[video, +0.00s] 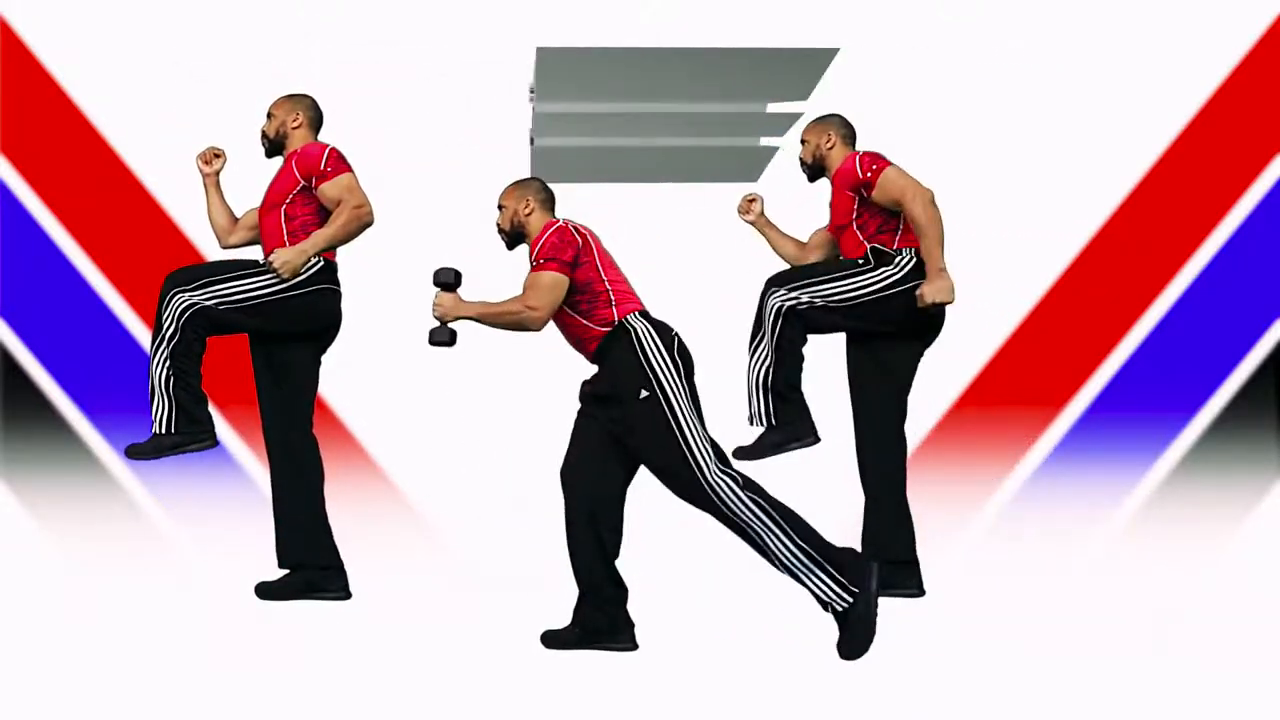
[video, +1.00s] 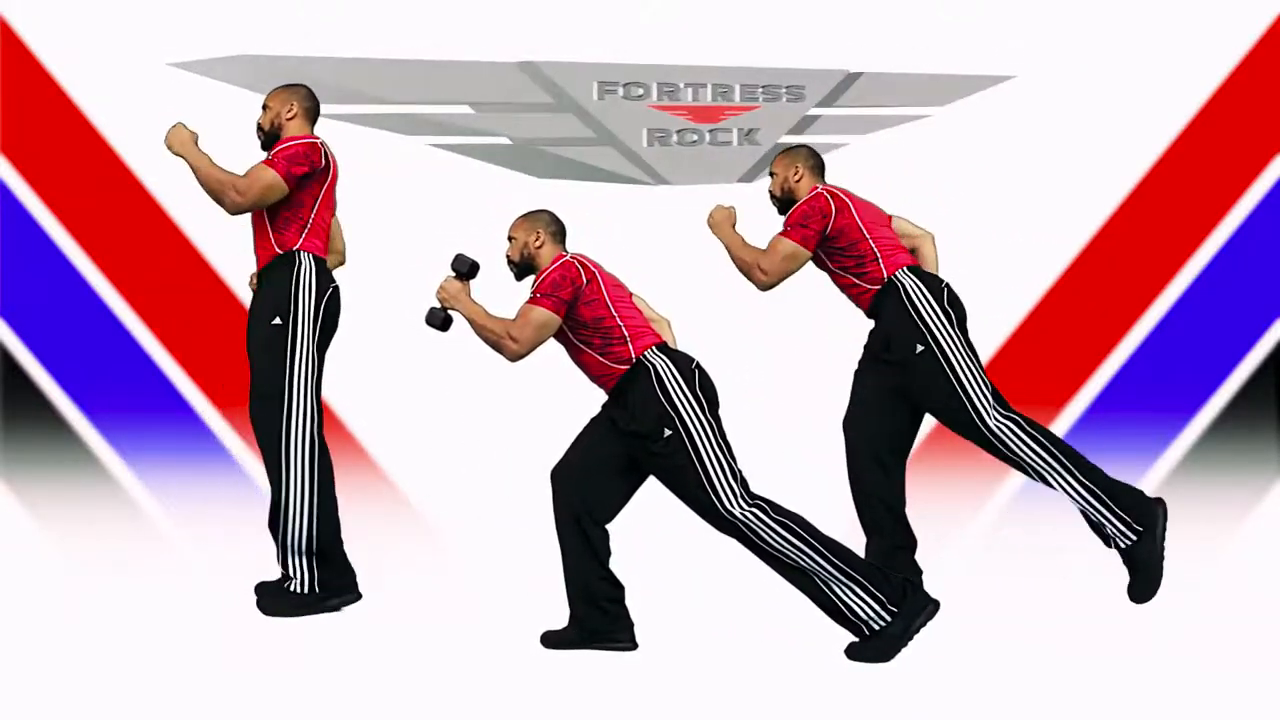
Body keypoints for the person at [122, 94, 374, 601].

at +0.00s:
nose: (263, 126)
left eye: (270, 117)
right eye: (265, 118)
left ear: (297, 120)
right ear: (294, 123)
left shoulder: (316, 154)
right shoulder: (288, 186)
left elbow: (358, 209)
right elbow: (231, 234)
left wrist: (305, 249)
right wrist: (211, 179)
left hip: (298, 283)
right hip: (296, 298)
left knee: (182, 291)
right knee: (289, 438)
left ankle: (183, 424)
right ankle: (316, 569)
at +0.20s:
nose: (261, 127)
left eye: (269, 117)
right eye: (263, 119)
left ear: (295, 120)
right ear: (294, 123)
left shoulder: (316, 154)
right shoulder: (285, 186)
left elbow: (358, 210)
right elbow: (230, 234)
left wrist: (305, 249)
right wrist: (211, 178)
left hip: (300, 282)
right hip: (295, 298)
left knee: (182, 293)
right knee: (289, 439)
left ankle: (185, 426)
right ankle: (316, 570)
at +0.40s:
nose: (261, 126)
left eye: (268, 117)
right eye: (263, 119)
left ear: (295, 120)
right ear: (294, 123)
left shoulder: (316, 154)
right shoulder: (286, 185)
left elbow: (358, 209)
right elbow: (230, 233)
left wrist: (304, 252)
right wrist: (211, 178)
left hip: (297, 283)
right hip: (295, 299)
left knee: (181, 292)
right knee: (288, 440)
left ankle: (183, 427)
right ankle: (316, 570)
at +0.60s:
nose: (261, 126)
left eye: (268, 116)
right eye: (263, 118)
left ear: (294, 118)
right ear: (295, 120)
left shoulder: (315, 153)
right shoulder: (284, 181)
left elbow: (352, 212)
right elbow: (236, 241)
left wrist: (293, 253)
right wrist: (209, 190)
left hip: (299, 282)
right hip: (295, 296)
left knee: (180, 314)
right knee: (287, 440)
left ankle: (197, 449)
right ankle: (316, 572)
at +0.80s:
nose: (263, 124)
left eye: (268, 113)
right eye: (264, 115)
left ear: (292, 113)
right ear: (300, 117)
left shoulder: (314, 154)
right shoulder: (286, 176)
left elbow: (295, 224)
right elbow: (281, 266)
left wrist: (219, 217)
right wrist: (229, 251)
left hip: (298, 286)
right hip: (297, 293)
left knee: (216, 383)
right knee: (286, 430)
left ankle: (261, 529)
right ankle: (315, 569)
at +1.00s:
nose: (259, 118)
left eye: (265, 108)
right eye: (261, 111)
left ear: (291, 108)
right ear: (300, 114)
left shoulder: (303, 148)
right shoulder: (308, 160)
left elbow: (238, 196)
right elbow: (333, 250)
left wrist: (191, 151)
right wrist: (271, 276)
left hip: (294, 286)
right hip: (297, 288)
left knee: (286, 423)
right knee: (288, 425)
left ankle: (308, 579)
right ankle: (325, 571)